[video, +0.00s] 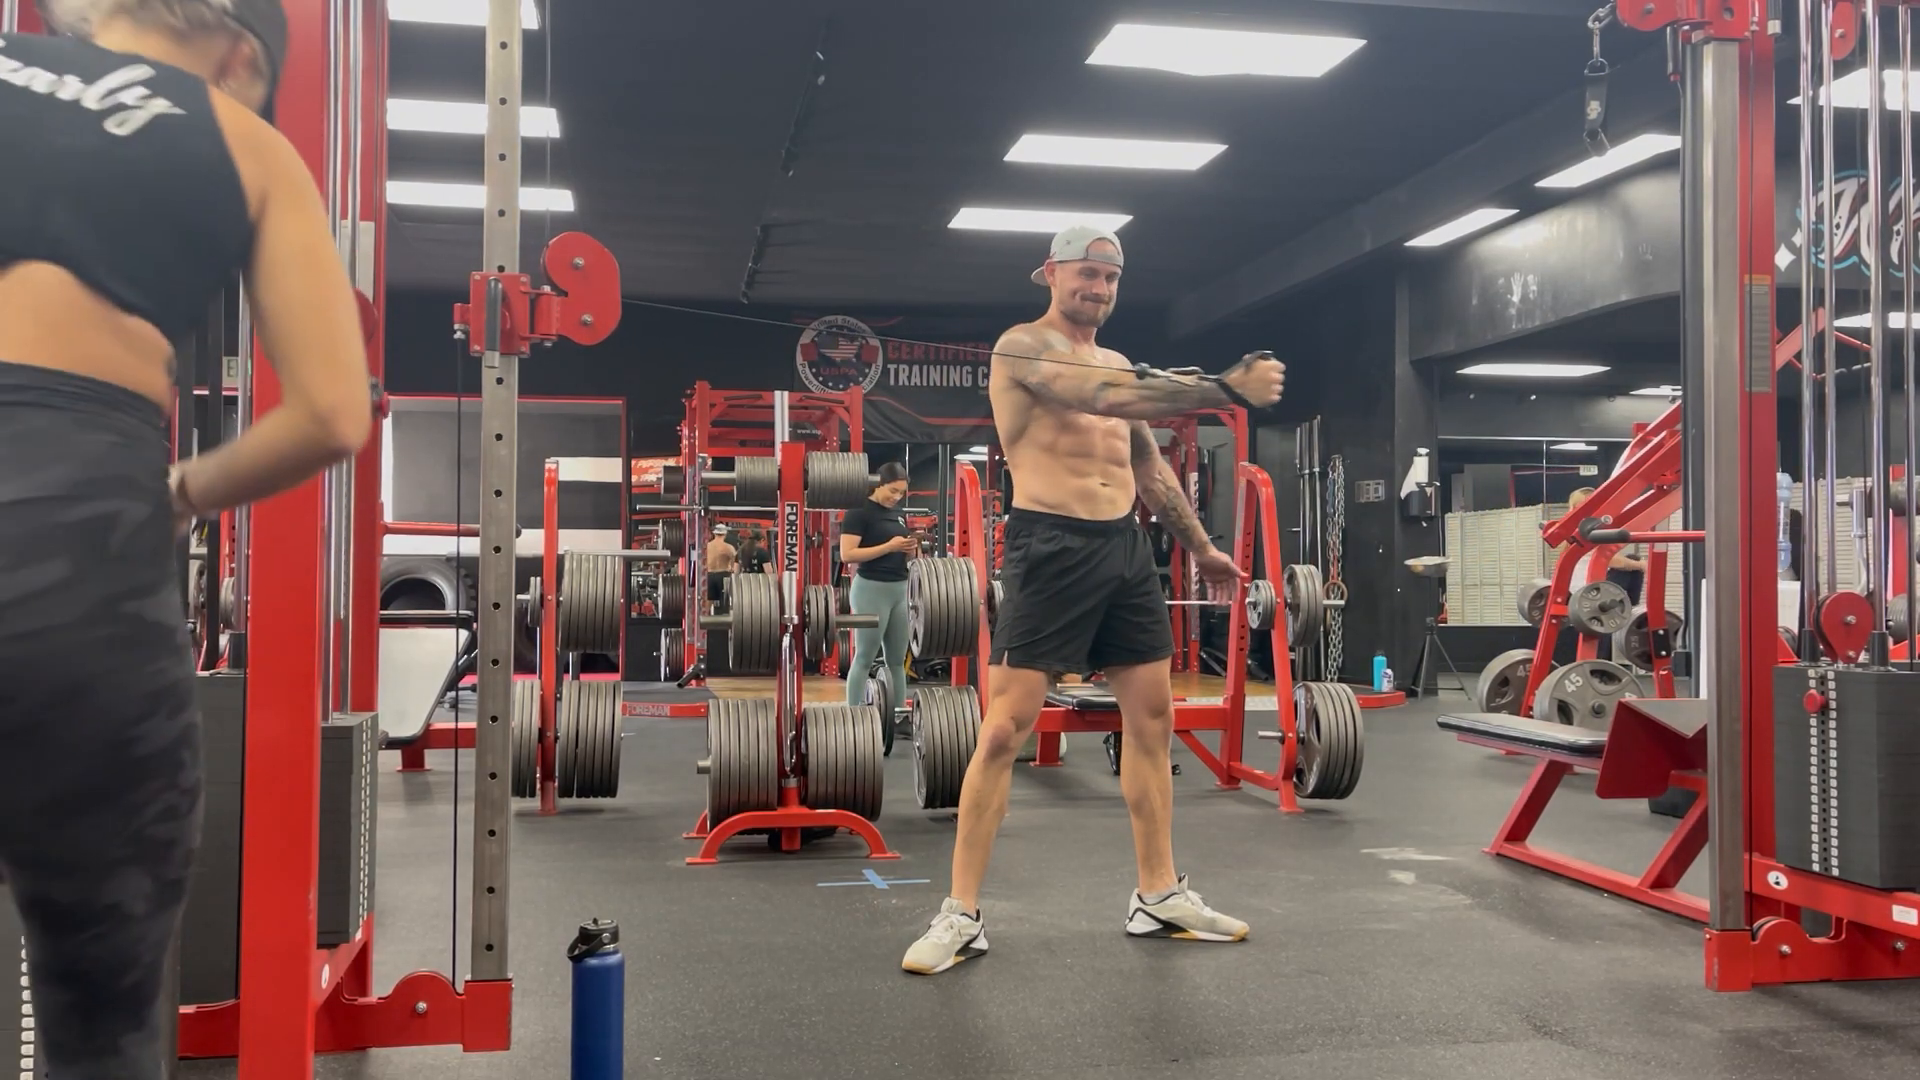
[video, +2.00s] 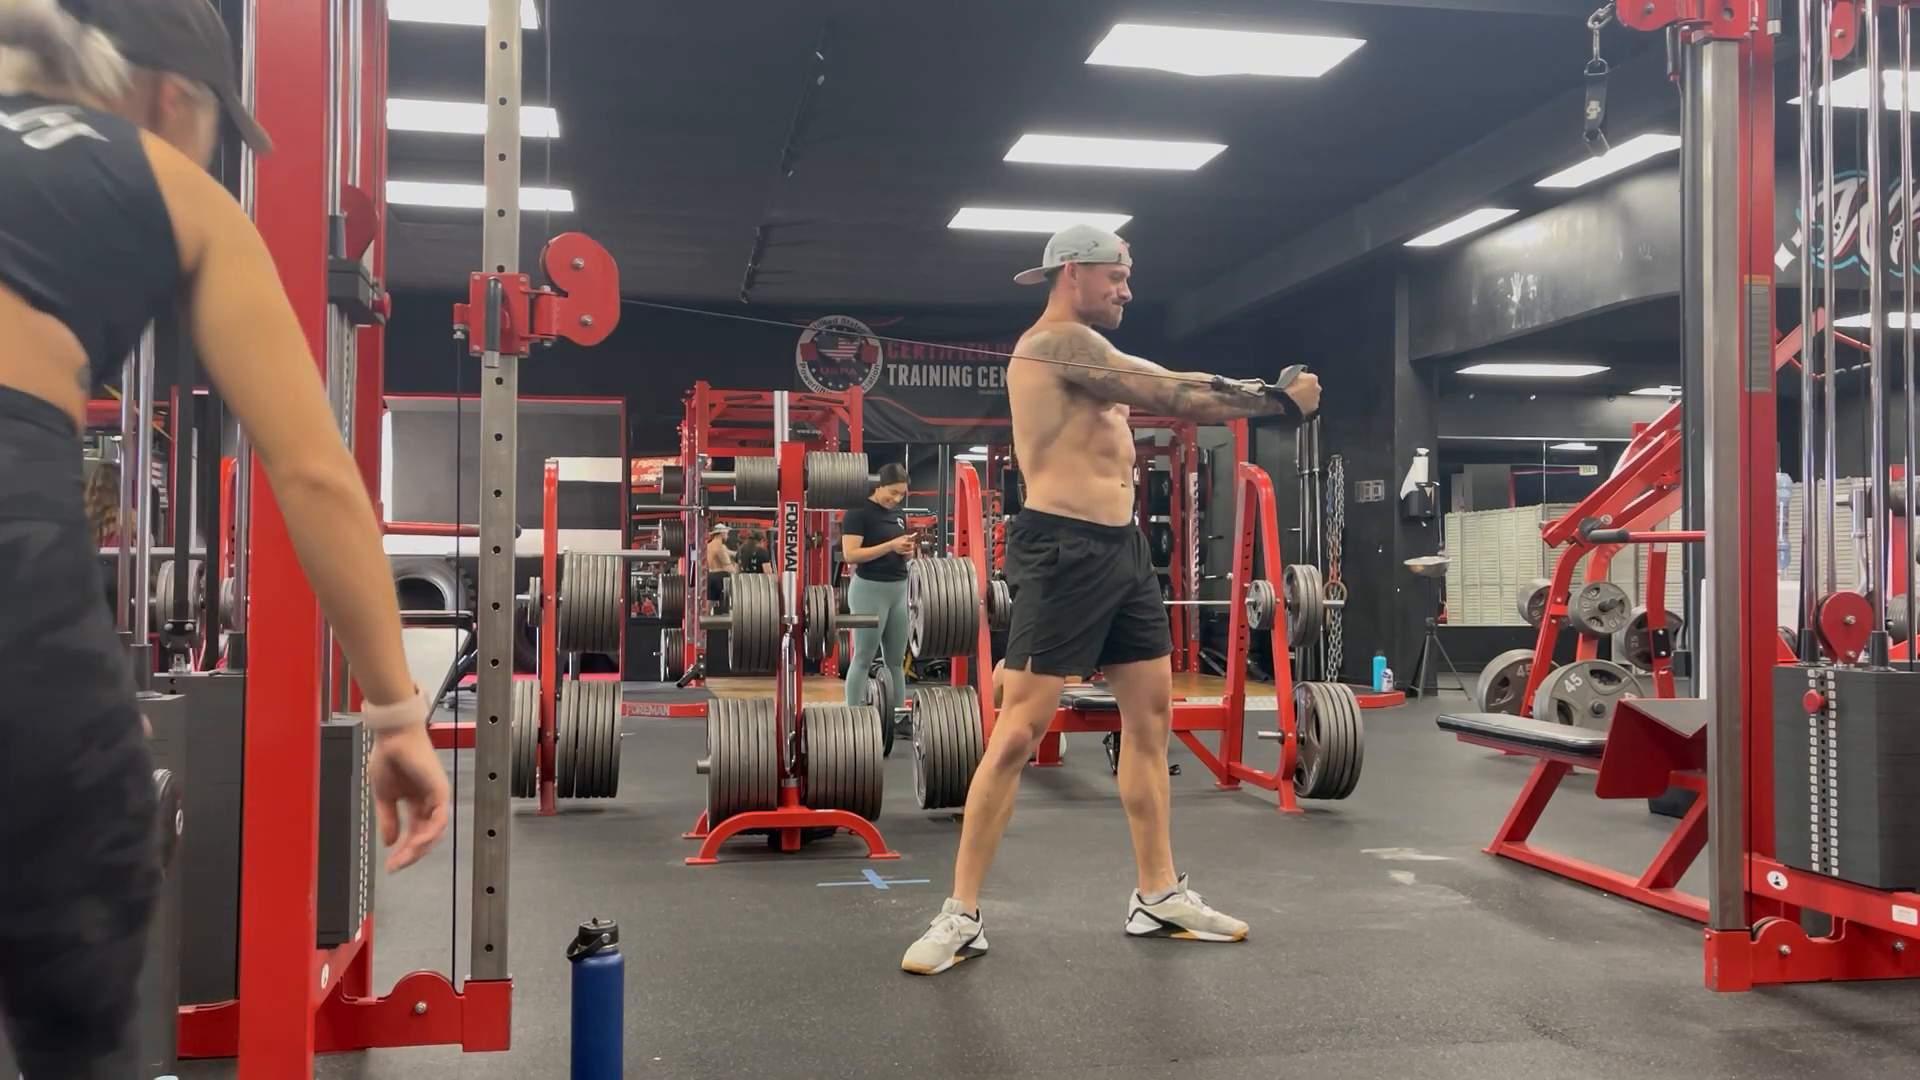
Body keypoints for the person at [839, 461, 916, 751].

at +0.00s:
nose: (898, 497)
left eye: (901, 493)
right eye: (894, 491)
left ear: (903, 491)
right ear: (879, 485)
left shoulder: (895, 515)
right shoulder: (858, 513)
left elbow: (900, 555)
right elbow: (846, 554)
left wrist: (911, 548)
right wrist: (889, 547)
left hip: (898, 590)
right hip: (870, 589)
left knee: (897, 660)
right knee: (865, 657)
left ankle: (901, 715)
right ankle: (853, 716)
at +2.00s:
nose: (897, 499)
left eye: (901, 495)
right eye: (893, 493)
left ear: (904, 491)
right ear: (880, 485)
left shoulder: (897, 514)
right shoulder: (858, 513)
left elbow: (903, 551)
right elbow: (850, 554)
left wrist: (909, 549)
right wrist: (891, 546)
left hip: (898, 591)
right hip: (869, 590)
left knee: (896, 661)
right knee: (863, 659)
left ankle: (899, 720)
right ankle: (853, 720)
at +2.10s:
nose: (896, 500)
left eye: (900, 495)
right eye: (893, 493)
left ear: (904, 491)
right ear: (879, 485)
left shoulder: (897, 514)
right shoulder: (857, 514)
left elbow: (902, 552)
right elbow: (849, 555)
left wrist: (908, 549)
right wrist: (890, 546)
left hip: (898, 590)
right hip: (869, 590)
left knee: (895, 661)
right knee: (862, 659)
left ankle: (899, 720)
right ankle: (853, 720)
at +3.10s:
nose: (887, 497)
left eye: (890, 493)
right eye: (884, 491)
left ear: (892, 489)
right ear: (869, 484)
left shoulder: (877, 512)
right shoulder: (850, 511)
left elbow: (874, 547)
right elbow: (840, 556)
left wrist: (896, 544)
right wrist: (882, 549)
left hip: (881, 591)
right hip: (856, 590)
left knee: (883, 658)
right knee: (855, 658)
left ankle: (887, 717)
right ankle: (851, 719)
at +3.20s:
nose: (889, 497)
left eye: (893, 493)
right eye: (886, 491)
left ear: (894, 489)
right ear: (871, 484)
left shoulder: (877, 512)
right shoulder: (853, 512)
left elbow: (876, 547)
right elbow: (843, 557)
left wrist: (899, 546)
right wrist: (886, 548)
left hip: (881, 589)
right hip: (859, 589)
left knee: (882, 657)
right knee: (857, 658)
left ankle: (887, 717)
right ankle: (851, 719)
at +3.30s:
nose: (893, 497)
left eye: (896, 493)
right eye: (891, 491)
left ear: (892, 489)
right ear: (875, 485)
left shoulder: (878, 511)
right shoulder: (858, 512)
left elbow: (877, 549)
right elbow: (849, 557)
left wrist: (901, 548)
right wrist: (889, 548)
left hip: (884, 590)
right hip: (862, 589)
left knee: (882, 659)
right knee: (859, 658)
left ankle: (885, 716)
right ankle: (851, 717)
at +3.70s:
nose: (912, 497)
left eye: (914, 492)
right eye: (909, 490)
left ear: (898, 489)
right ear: (893, 485)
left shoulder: (892, 513)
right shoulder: (880, 514)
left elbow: (891, 551)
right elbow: (877, 558)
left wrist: (916, 549)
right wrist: (914, 545)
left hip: (893, 589)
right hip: (884, 589)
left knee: (891, 657)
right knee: (889, 658)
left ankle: (880, 712)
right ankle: (869, 713)